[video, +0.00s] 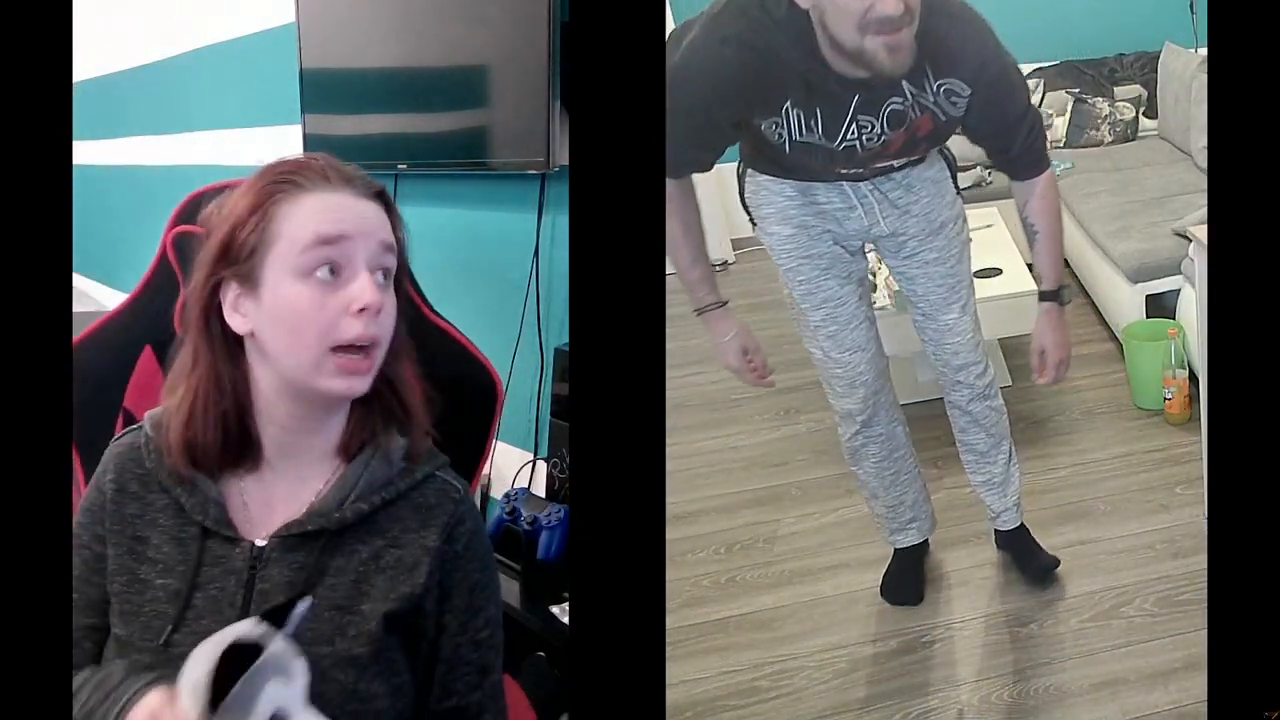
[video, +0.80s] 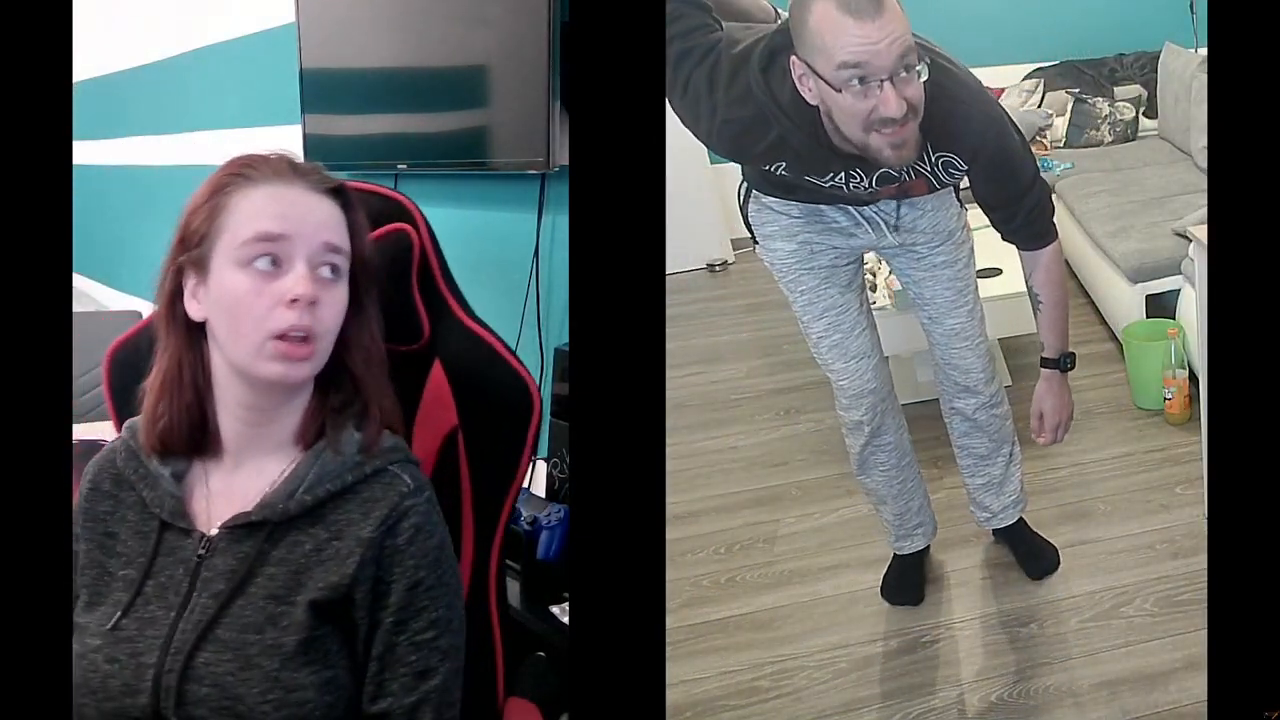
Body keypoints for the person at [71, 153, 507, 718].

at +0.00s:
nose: (372, 297)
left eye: (384, 273)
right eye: (328, 269)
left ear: (396, 295)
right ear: (238, 305)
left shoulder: (440, 521)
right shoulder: (131, 477)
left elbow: (470, 709)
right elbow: (74, 671)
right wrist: (132, 700)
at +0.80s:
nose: (305, 292)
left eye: (330, 269)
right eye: (267, 261)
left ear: (347, 303)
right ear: (196, 291)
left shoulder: (389, 504)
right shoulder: (113, 480)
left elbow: (418, 705)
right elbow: (84, 678)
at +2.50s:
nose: (270, 329)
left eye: (307, 302)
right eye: (237, 300)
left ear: (350, 325)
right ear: (196, 323)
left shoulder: (403, 538)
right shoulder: (148, 485)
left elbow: (422, 706)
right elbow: (76, 676)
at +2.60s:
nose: (223, 334)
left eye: (267, 309)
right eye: (206, 303)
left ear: (343, 325)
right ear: (188, 311)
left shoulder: (407, 542)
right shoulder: (155, 481)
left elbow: (426, 705)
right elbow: (77, 674)